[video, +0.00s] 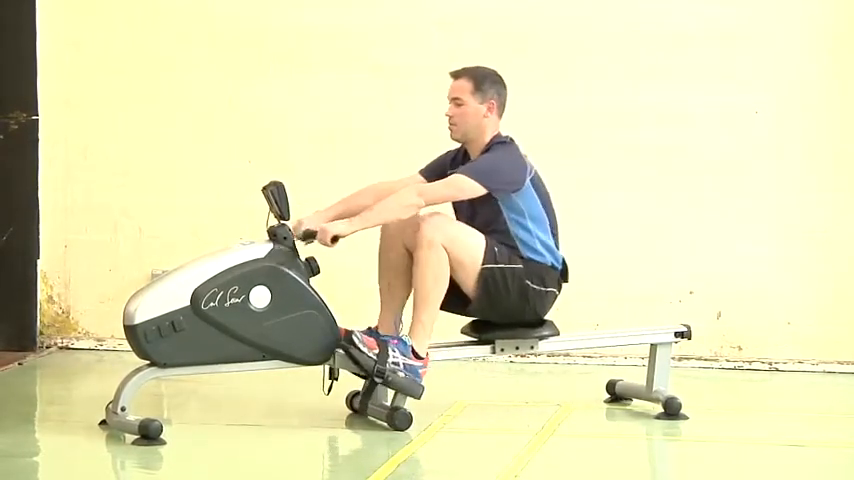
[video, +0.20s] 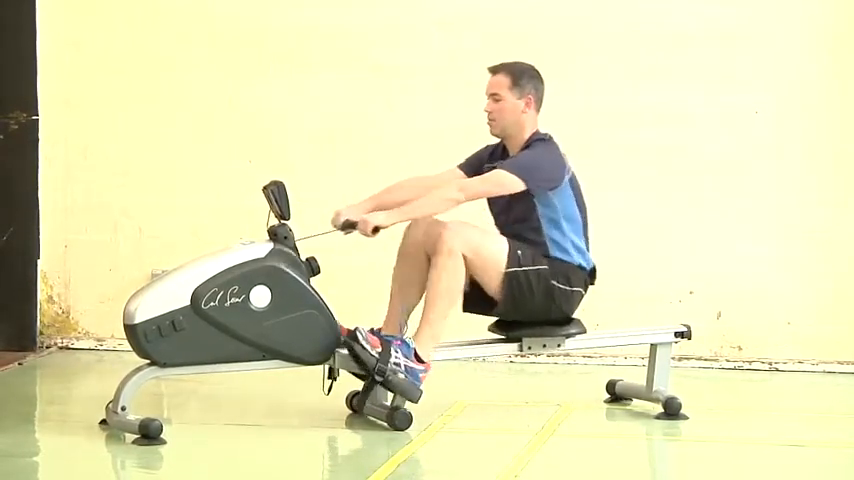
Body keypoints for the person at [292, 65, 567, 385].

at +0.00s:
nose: (448, 111)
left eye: (457, 103)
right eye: (449, 103)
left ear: (489, 109)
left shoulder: (505, 161)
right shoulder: (454, 160)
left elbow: (421, 198)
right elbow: (393, 191)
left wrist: (347, 227)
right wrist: (323, 216)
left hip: (530, 286)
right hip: (487, 286)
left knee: (434, 227)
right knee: (398, 221)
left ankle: (415, 355)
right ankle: (384, 337)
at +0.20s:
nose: (486, 109)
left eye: (496, 99)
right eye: (487, 99)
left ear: (528, 104)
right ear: (522, 105)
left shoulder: (543, 157)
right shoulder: (493, 156)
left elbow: (461, 192)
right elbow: (433, 185)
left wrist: (390, 218)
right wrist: (363, 207)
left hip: (558, 283)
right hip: (521, 281)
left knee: (452, 235)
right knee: (421, 229)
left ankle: (417, 359)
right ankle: (388, 339)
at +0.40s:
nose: (538, 105)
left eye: (546, 95)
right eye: (538, 96)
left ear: (578, 97)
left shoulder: (596, 152)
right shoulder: (545, 150)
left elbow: (521, 194)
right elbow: (487, 181)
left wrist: (448, 212)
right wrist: (420, 201)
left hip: (592, 278)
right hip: (555, 272)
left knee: (480, 250)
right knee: (450, 245)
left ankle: (419, 361)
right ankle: (392, 341)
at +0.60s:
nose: (588, 106)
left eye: (596, 96)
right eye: (587, 97)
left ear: (628, 98)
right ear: (616, 98)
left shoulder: (648, 152)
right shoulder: (596, 149)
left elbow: (592, 206)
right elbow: (545, 188)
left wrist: (512, 210)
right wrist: (490, 201)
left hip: (624, 277)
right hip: (589, 268)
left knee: (505, 271)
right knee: (473, 267)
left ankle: (422, 358)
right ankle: (399, 340)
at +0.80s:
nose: (622, 108)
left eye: (630, 98)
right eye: (620, 100)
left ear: (662, 98)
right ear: (636, 101)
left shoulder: (680, 153)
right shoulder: (633, 153)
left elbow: (661, 223)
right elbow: (602, 199)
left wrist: (587, 210)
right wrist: (558, 205)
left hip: (642, 278)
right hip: (608, 267)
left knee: (529, 298)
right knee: (491, 292)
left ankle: (424, 364)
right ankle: (396, 346)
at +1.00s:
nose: (631, 110)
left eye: (638, 100)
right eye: (630, 101)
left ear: (671, 101)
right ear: (658, 103)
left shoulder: (693, 155)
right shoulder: (645, 155)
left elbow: (714, 233)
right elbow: (646, 220)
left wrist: (645, 218)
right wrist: (609, 215)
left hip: (648, 275)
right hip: (613, 264)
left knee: (536, 317)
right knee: (504, 303)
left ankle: (424, 363)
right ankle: (398, 346)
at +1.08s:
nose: (629, 110)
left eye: (636, 99)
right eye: (628, 100)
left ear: (669, 100)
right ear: (660, 102)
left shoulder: (692, 156)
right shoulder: (645, 154)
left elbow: (722, 231)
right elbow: (647, 214)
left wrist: (653, 221)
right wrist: (610, 217)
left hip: (648, 274)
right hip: (612, 263)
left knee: (537, 316)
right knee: (504, 302)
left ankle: (423, 364)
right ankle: (398, 346)